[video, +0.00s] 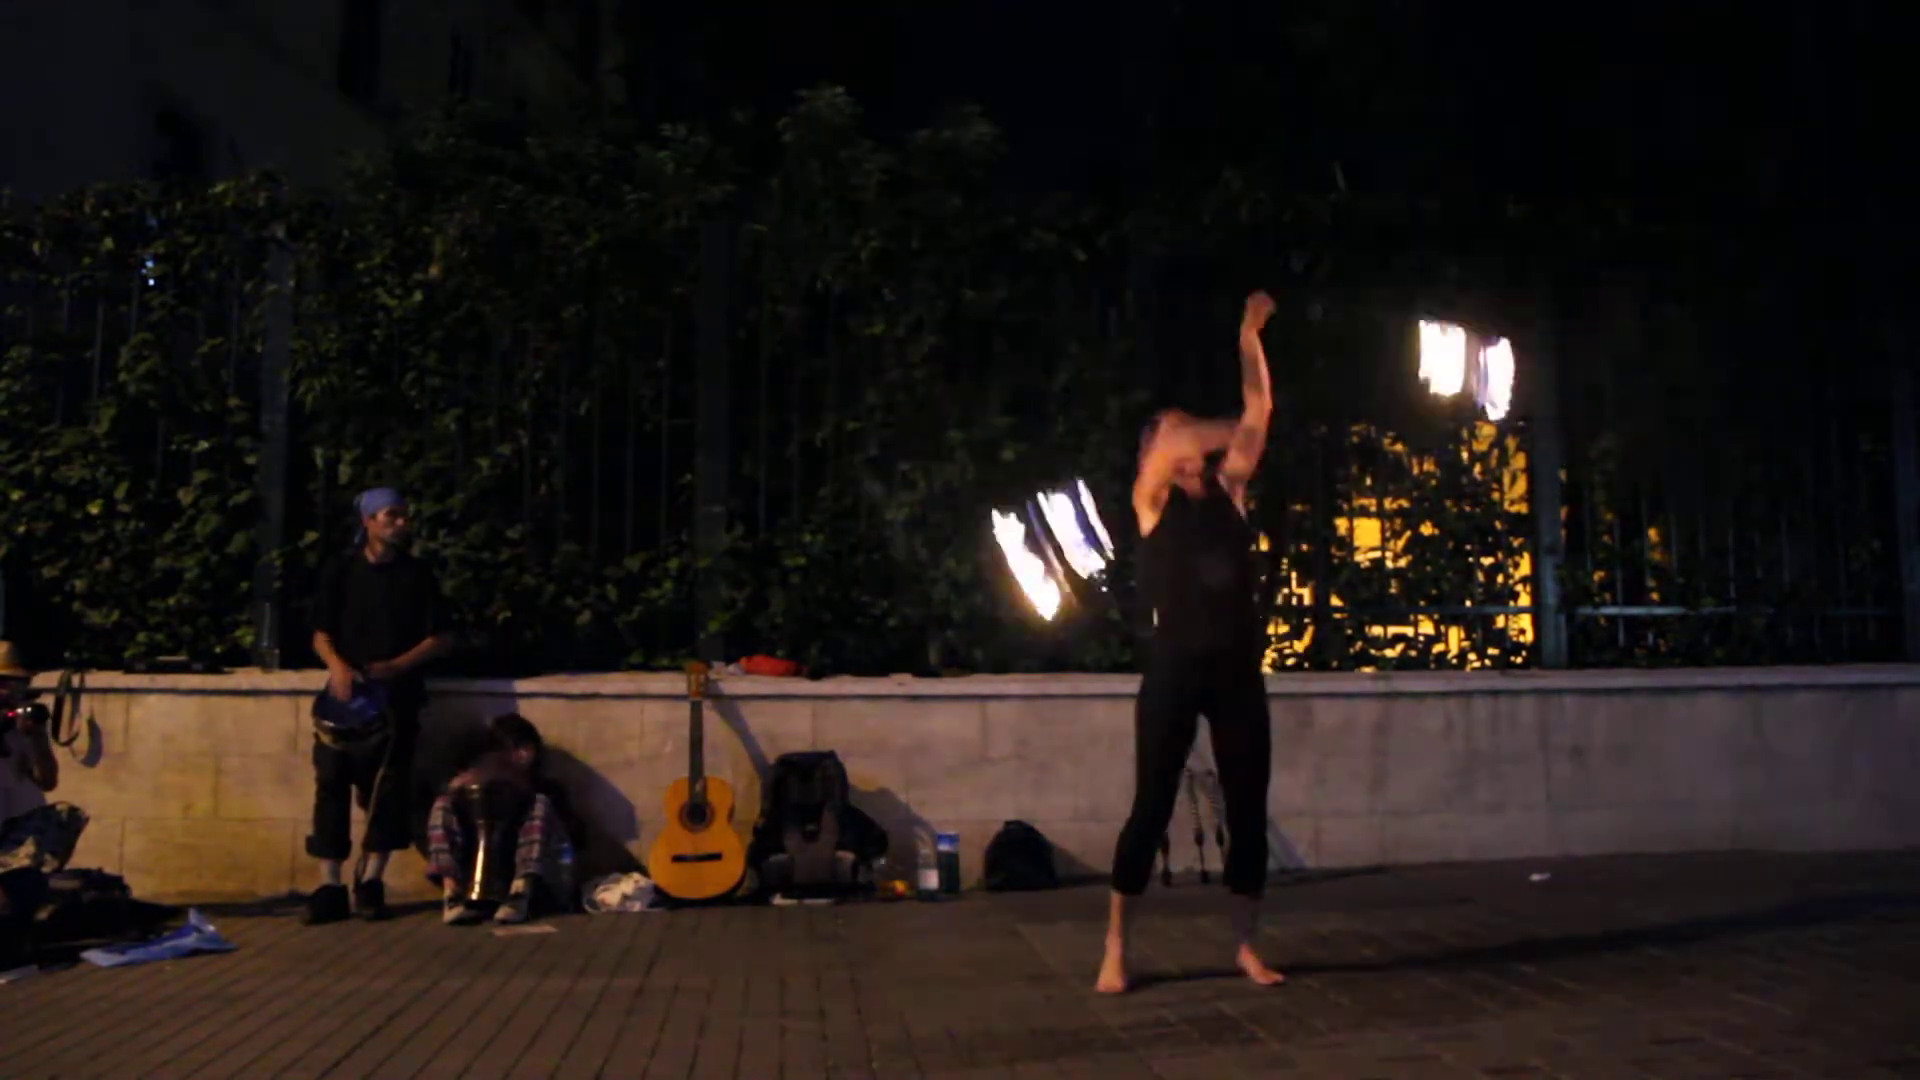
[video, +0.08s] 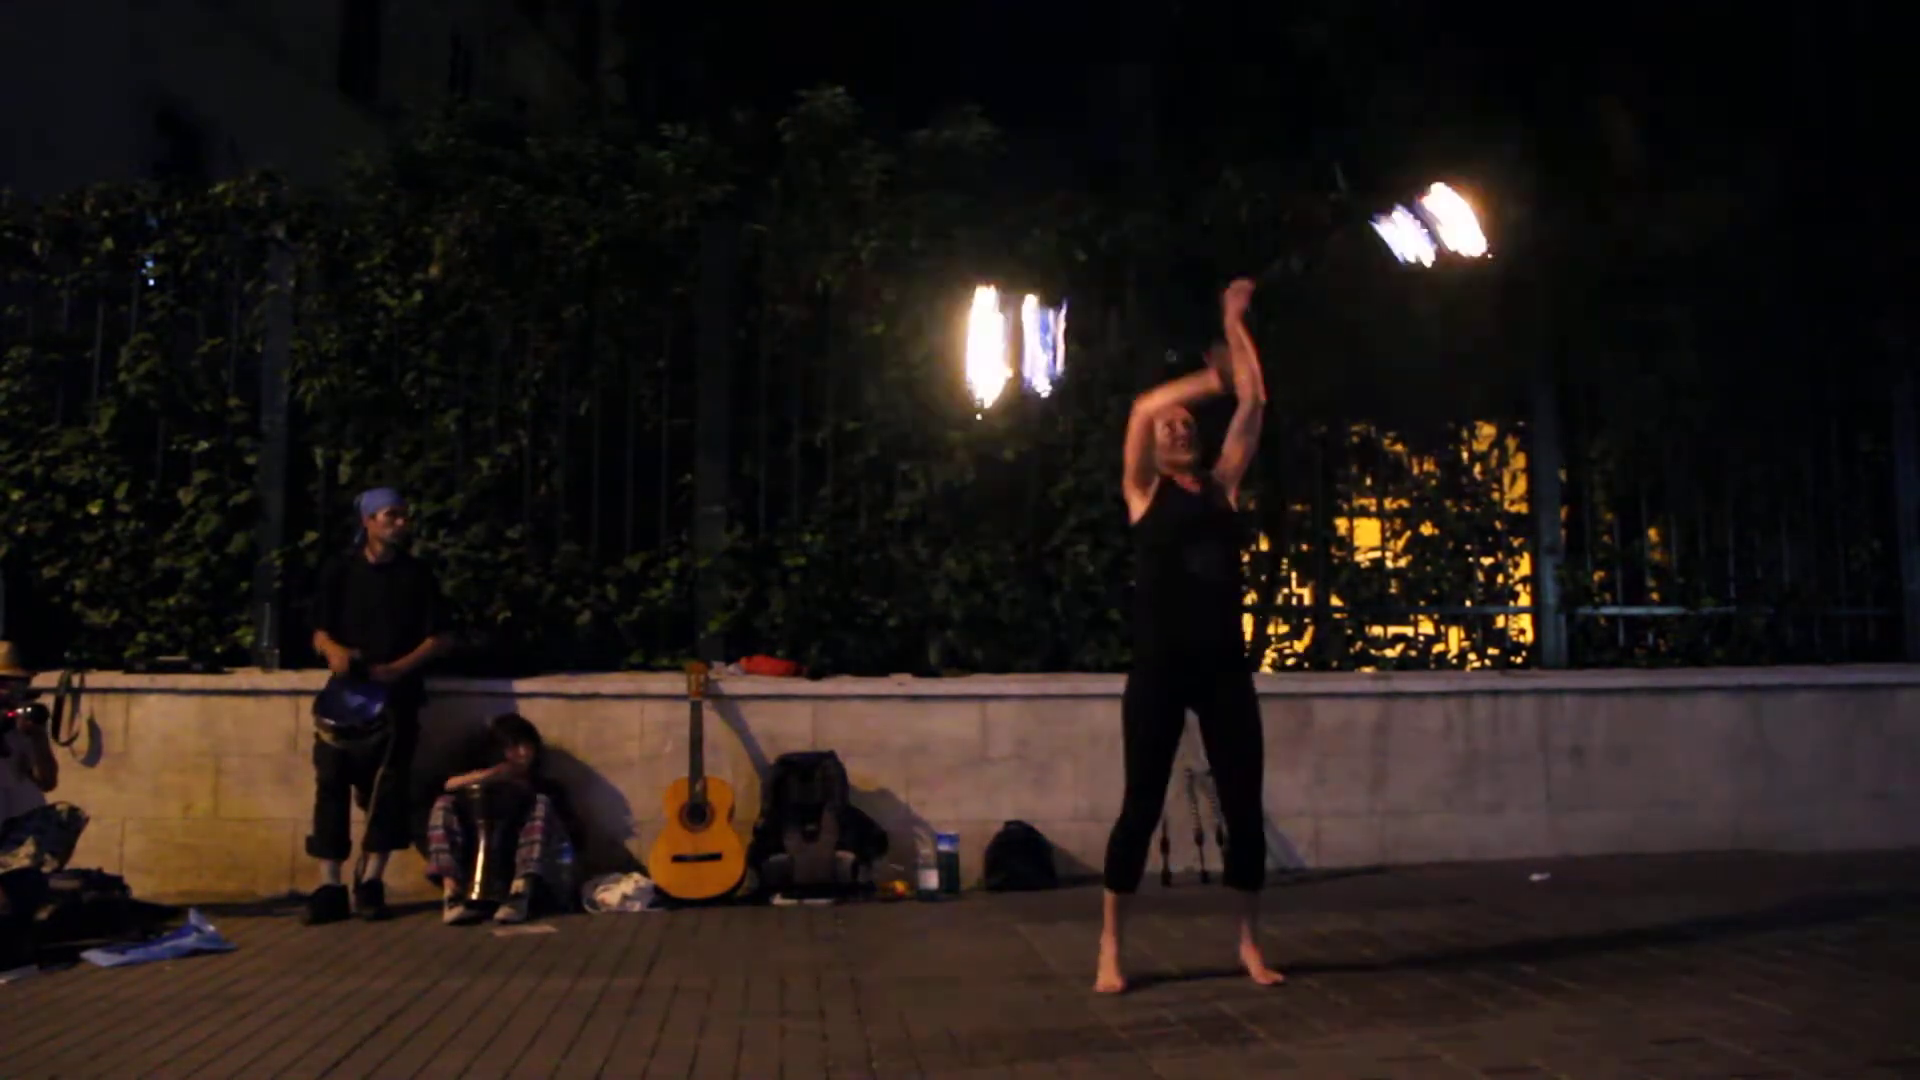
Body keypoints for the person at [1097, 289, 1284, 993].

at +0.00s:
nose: (1194, 441)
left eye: (1193, 433)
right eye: (1181, 434)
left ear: (1206, 445)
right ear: (1156, 447)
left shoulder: (1230, 487)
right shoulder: (1153, 501)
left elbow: (1259, 412)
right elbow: (1171, 442)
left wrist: (1248, 336)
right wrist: (1243, 429)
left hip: (1239, 669)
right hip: (1173, 670)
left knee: (1248, 811)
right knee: (1152, 808)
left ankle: (1246, 945)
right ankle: (1115, 946)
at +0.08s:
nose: (1175, 428)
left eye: (1182, 421)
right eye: (1163, 421)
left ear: (1198, 434)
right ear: (1148, 437)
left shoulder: (1221, 486)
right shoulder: (1143, 492)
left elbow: (1252, 402)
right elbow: (1143, 409)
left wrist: (1235, 324)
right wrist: (1206, 381)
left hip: (1223, 665)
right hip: (1158, 667)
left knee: (1244, 806)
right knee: (1142, 807)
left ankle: (1248, 941)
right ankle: (1109, 945)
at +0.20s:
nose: (1177, 442)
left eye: (1183, 436)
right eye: (1166, 436)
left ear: (1192, 450)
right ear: (1145, 450)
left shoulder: (1207, 499)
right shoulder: (1130, 494)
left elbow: (1236, 414)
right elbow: (1131, 399)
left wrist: (1207, 348)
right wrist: (1190, 342)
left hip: (1208, 671)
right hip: (1144, 671)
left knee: (1236, 808)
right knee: (1132, 811)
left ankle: (1249, 941)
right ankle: (1107, 948)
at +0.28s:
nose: (1163, 450)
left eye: (1170, 442)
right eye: (1150, 443)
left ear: (1184, 453)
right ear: (1134, 458)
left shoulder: (1200, 509)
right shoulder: (1124, 505)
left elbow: (1231, 425)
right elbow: (1127, 403)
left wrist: (1185, 360)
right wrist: (1177, 339)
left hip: (1197, 684)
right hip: (1131, 686)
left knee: (1230, 818)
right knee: (1127, 823)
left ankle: (1249, 949)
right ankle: (1110, 954)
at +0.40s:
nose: (1161, 462)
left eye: (1168, 455)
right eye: (1148, 456)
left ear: (1181, 468)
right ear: (1131, 469)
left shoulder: (1196, 520)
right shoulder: (1114, 514)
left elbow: (1214, 432)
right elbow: (1113, 406)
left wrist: (1154, 391)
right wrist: (1152, 351)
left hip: (1189, 690)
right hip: (1122, 692)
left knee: (1223, 821)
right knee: (1122, 830)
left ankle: (1247, 952)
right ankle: (1111, 956)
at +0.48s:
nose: (1157, 457)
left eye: (1163, 446)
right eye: (1145, 448)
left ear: (1177, 462)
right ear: (1126, 461)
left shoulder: (1190, 513)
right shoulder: (1114, 509)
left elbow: (1201, 426)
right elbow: (1107, 414)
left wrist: (1133, 406)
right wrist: (1138, 365)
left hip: (1186, 685)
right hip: (1120, 687)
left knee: (1222, 820)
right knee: (1120, 827)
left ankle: (1243, 948)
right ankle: (1110, 956)